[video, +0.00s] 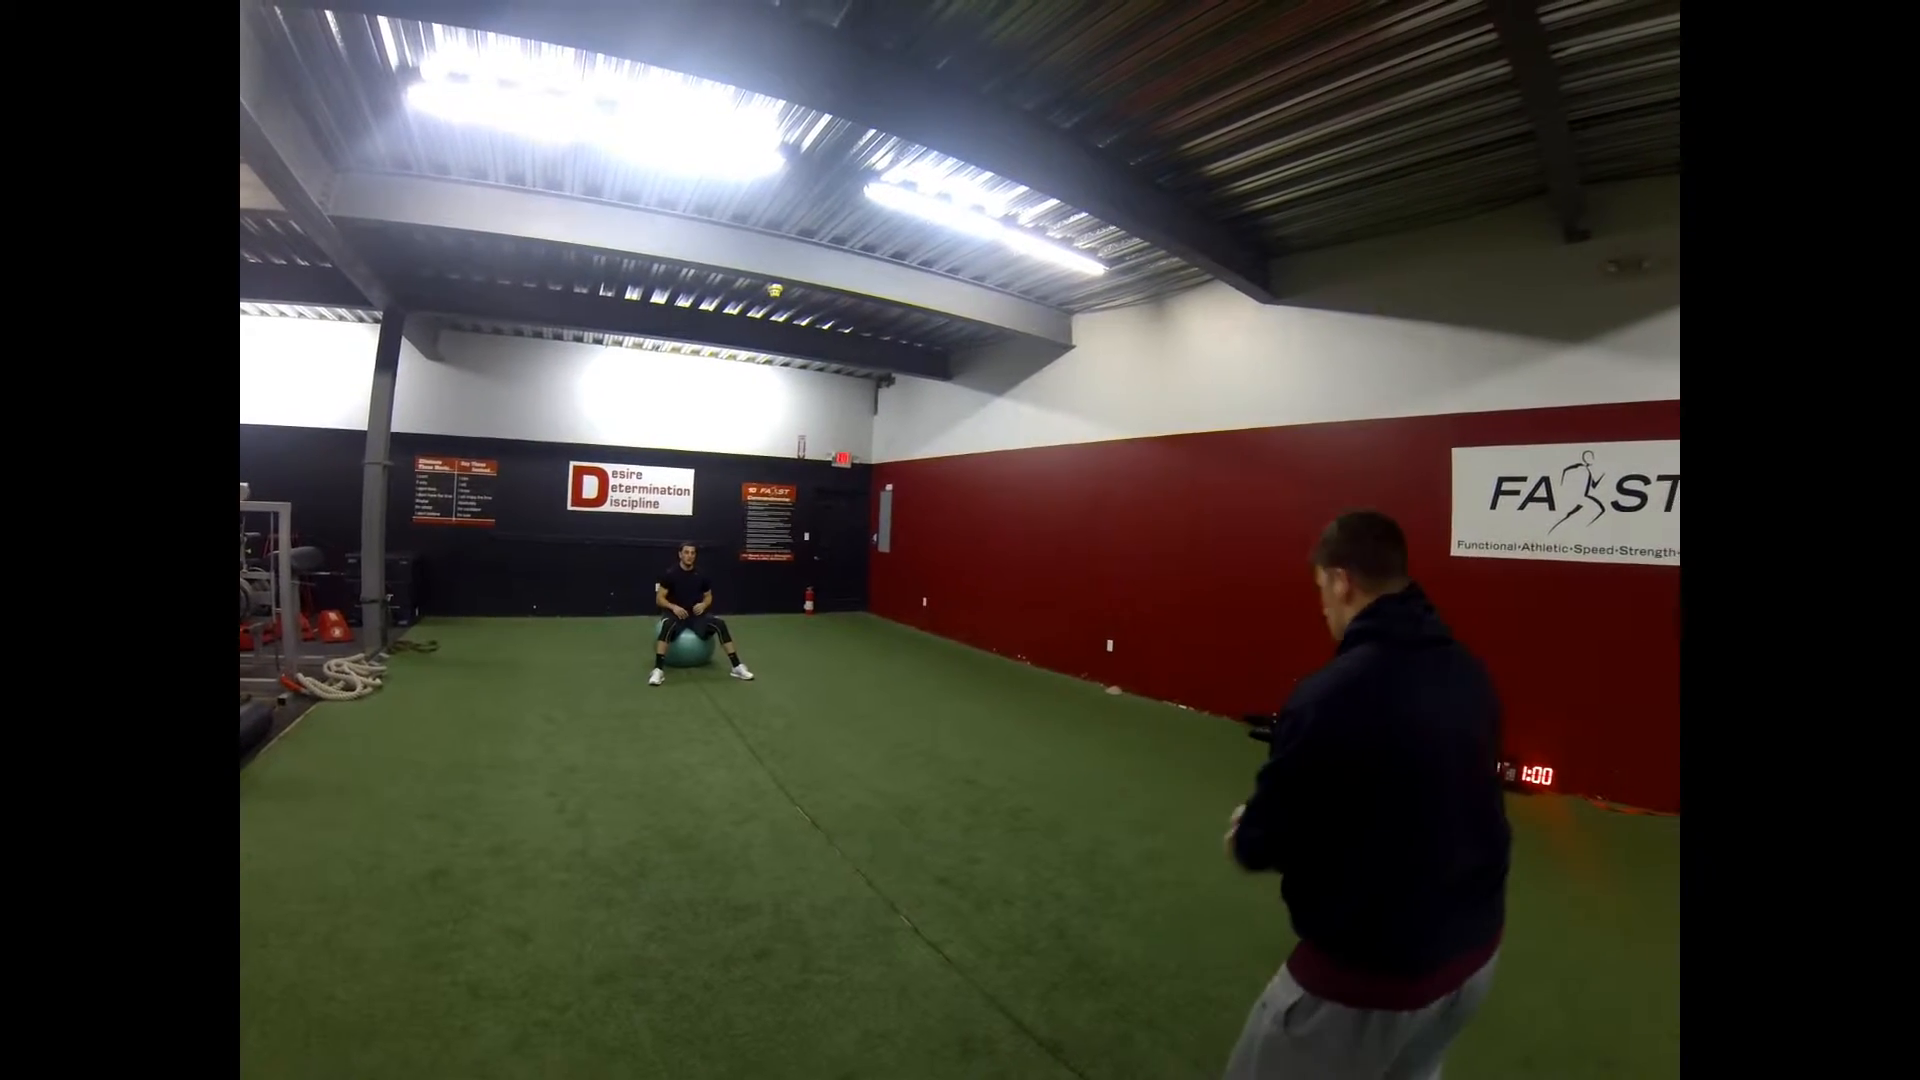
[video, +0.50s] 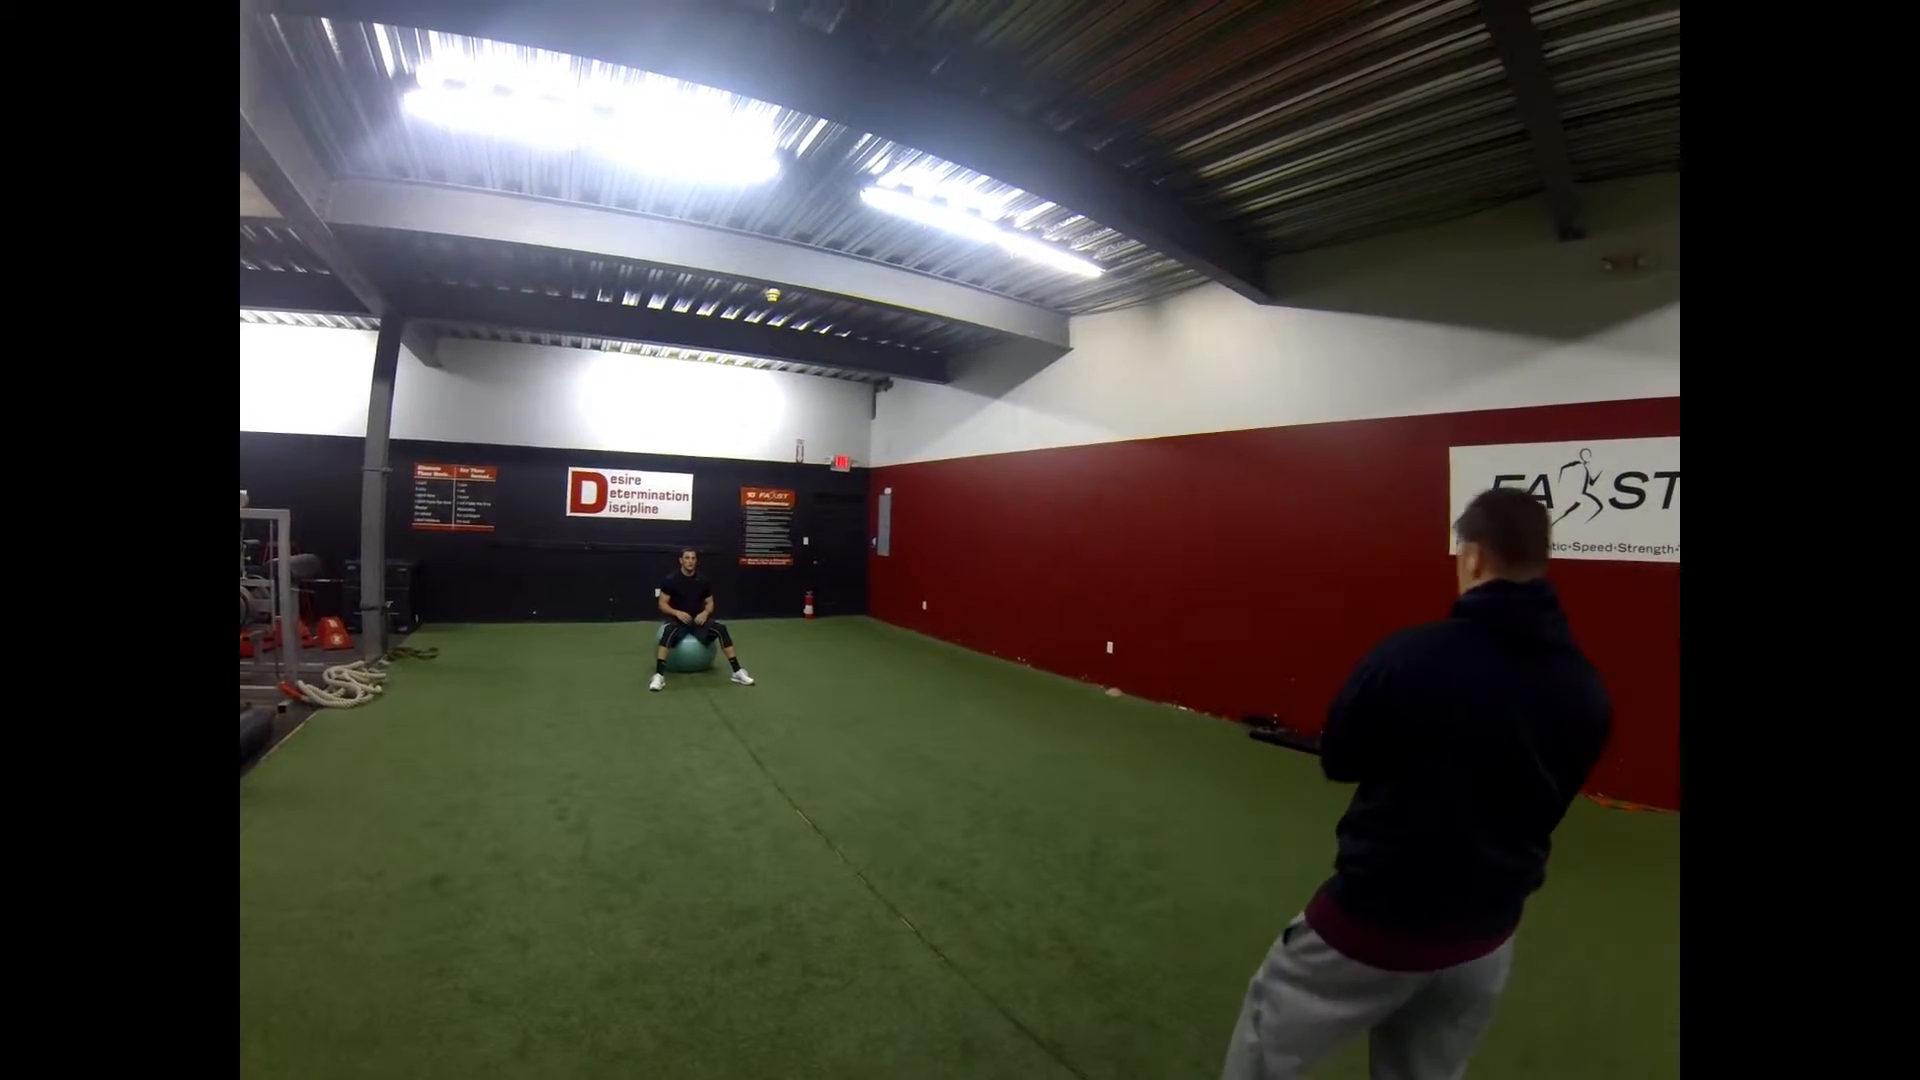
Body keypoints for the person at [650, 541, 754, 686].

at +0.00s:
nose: (689, 556)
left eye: (692, 553)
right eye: (686, 552)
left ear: (695, 556)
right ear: (680, 554)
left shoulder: (701, 574)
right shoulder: (670, 574)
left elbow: (708, 597)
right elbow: (659, 599)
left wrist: (703, 605)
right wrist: (674, 607)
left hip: (696, 615)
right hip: (676, 615)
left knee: (720, 624)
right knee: (667, 625)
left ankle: (737, 666)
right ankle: (658, 669)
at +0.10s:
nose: (688, 557)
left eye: (691, 554)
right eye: (685, 553)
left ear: (694, 557)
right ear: (679, 555)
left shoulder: (700, 575)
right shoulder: (670, 575)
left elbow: (708, 598)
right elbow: (659, 599)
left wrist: (703, 607)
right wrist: (671, 609)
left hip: (696, 617)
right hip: (677, 616)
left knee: (719, 624)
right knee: (666, 625)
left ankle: (736, 666)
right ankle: (657, 670)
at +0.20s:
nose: (687, 557)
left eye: (690, 554)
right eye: (684, 553)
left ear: (694, 557)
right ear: (678, 556)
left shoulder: (700, 575)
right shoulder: (669, 576)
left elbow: (708, 598)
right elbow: (660, 599)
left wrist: (703, 608)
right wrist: (669, 609)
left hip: (695, 616)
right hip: (677, 616)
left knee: (718, 624)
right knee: (666, 625)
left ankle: (736, 666)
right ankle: (657, 669)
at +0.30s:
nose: (688, 557)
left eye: (691, 554)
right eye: (685, 554)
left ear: (694, 557)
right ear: (679, 556)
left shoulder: (701, 576)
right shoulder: (670, 576)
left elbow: (709, 599)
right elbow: (661, 600)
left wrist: (703, 609)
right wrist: (673, 610)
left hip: (697, 617)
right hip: (678, 617)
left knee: (719, 626)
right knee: (667, 627)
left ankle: (736, 668)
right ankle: (657, 671)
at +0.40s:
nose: (689, 559)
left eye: (692, 556)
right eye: (686, 555)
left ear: (695, 559)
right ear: (680, 558)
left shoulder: (702, 577)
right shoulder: (671, 578)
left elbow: (710, 600)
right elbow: (661, 602)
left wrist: (704, 610)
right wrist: (675, 610)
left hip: (698, 618)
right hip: (679, 619)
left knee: (720, 627)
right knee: (668, 630)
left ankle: (737, 669)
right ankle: (658, 673)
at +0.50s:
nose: (690, 561)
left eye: (693, 558)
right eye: (687, 558)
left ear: (696, 561)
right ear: (681, 560)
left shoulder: (703, 580)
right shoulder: (671, 581)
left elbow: (710, 603)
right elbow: (662, 604)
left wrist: (705, 613)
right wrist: (678, 613)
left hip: (699, 621)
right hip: (679, 622)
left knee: (721, 629)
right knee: (668, 631)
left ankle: (737, 671)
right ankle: (659, 675)